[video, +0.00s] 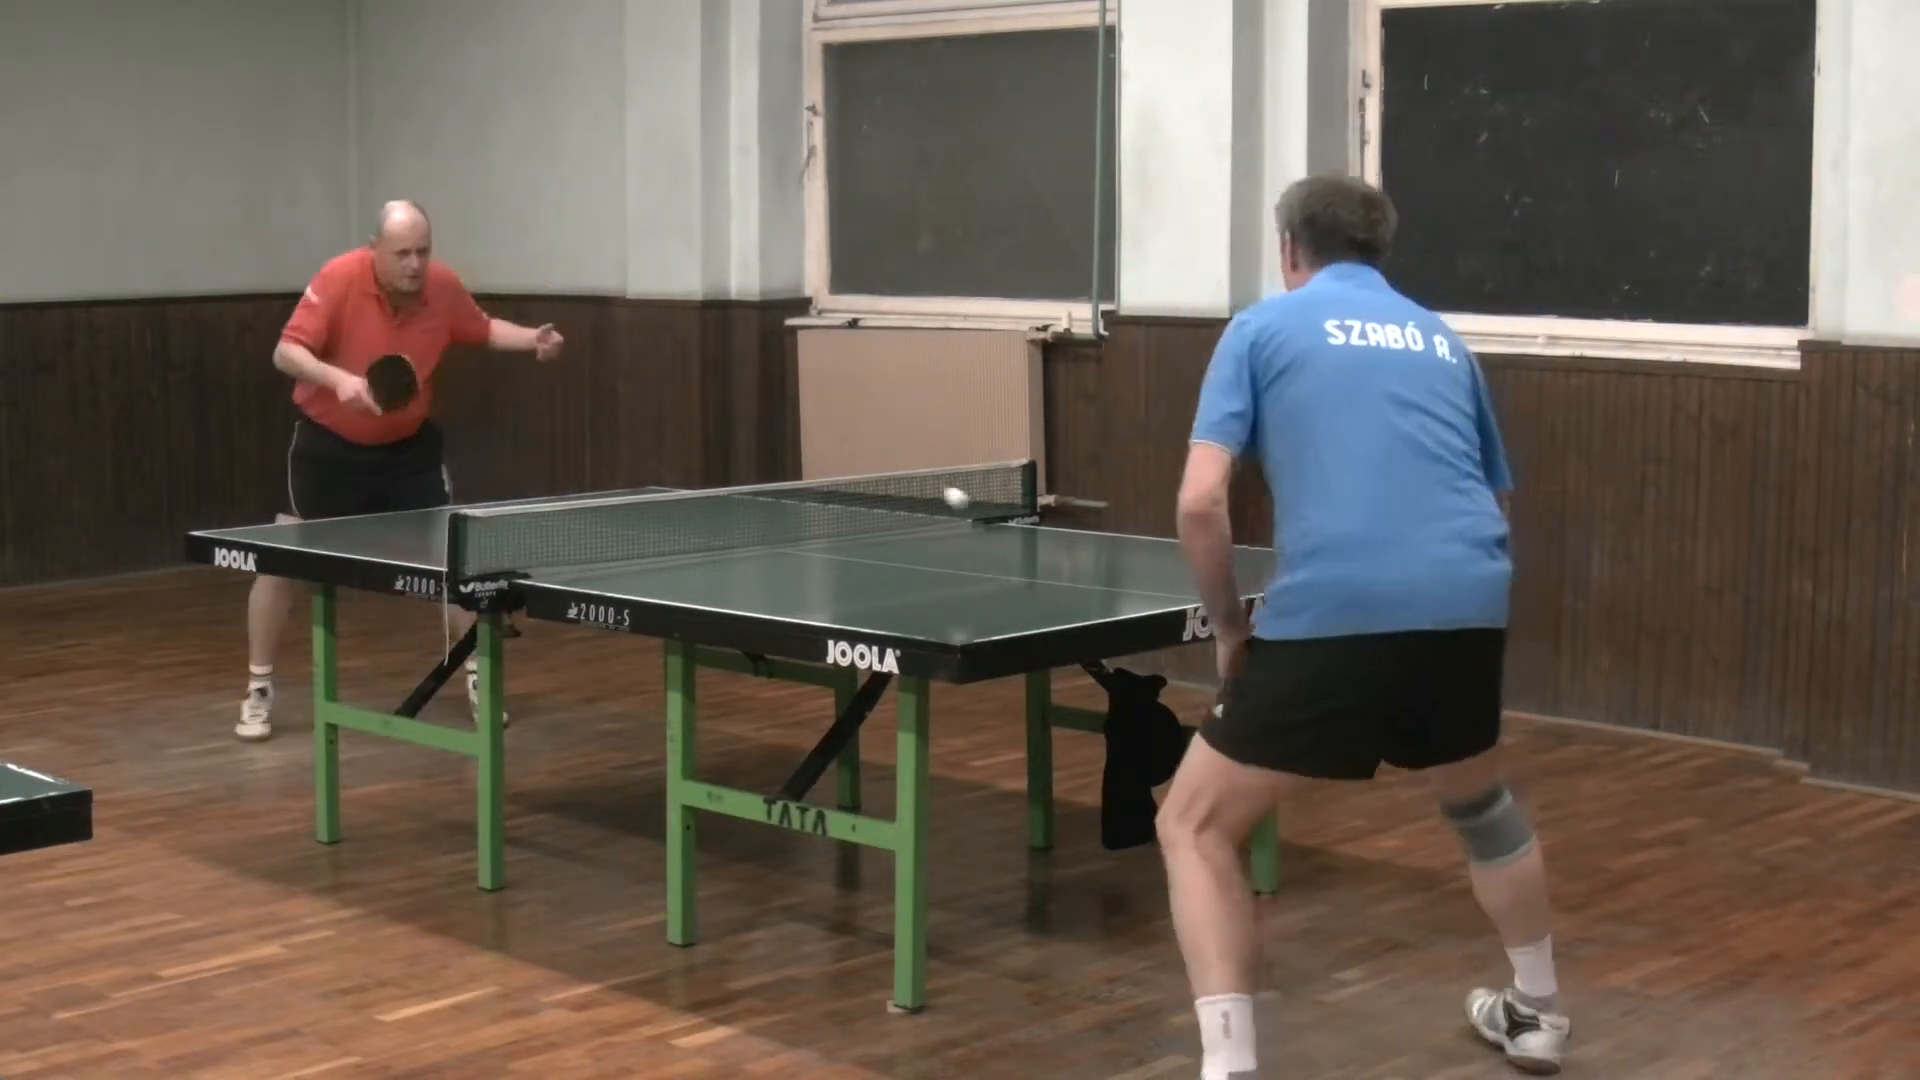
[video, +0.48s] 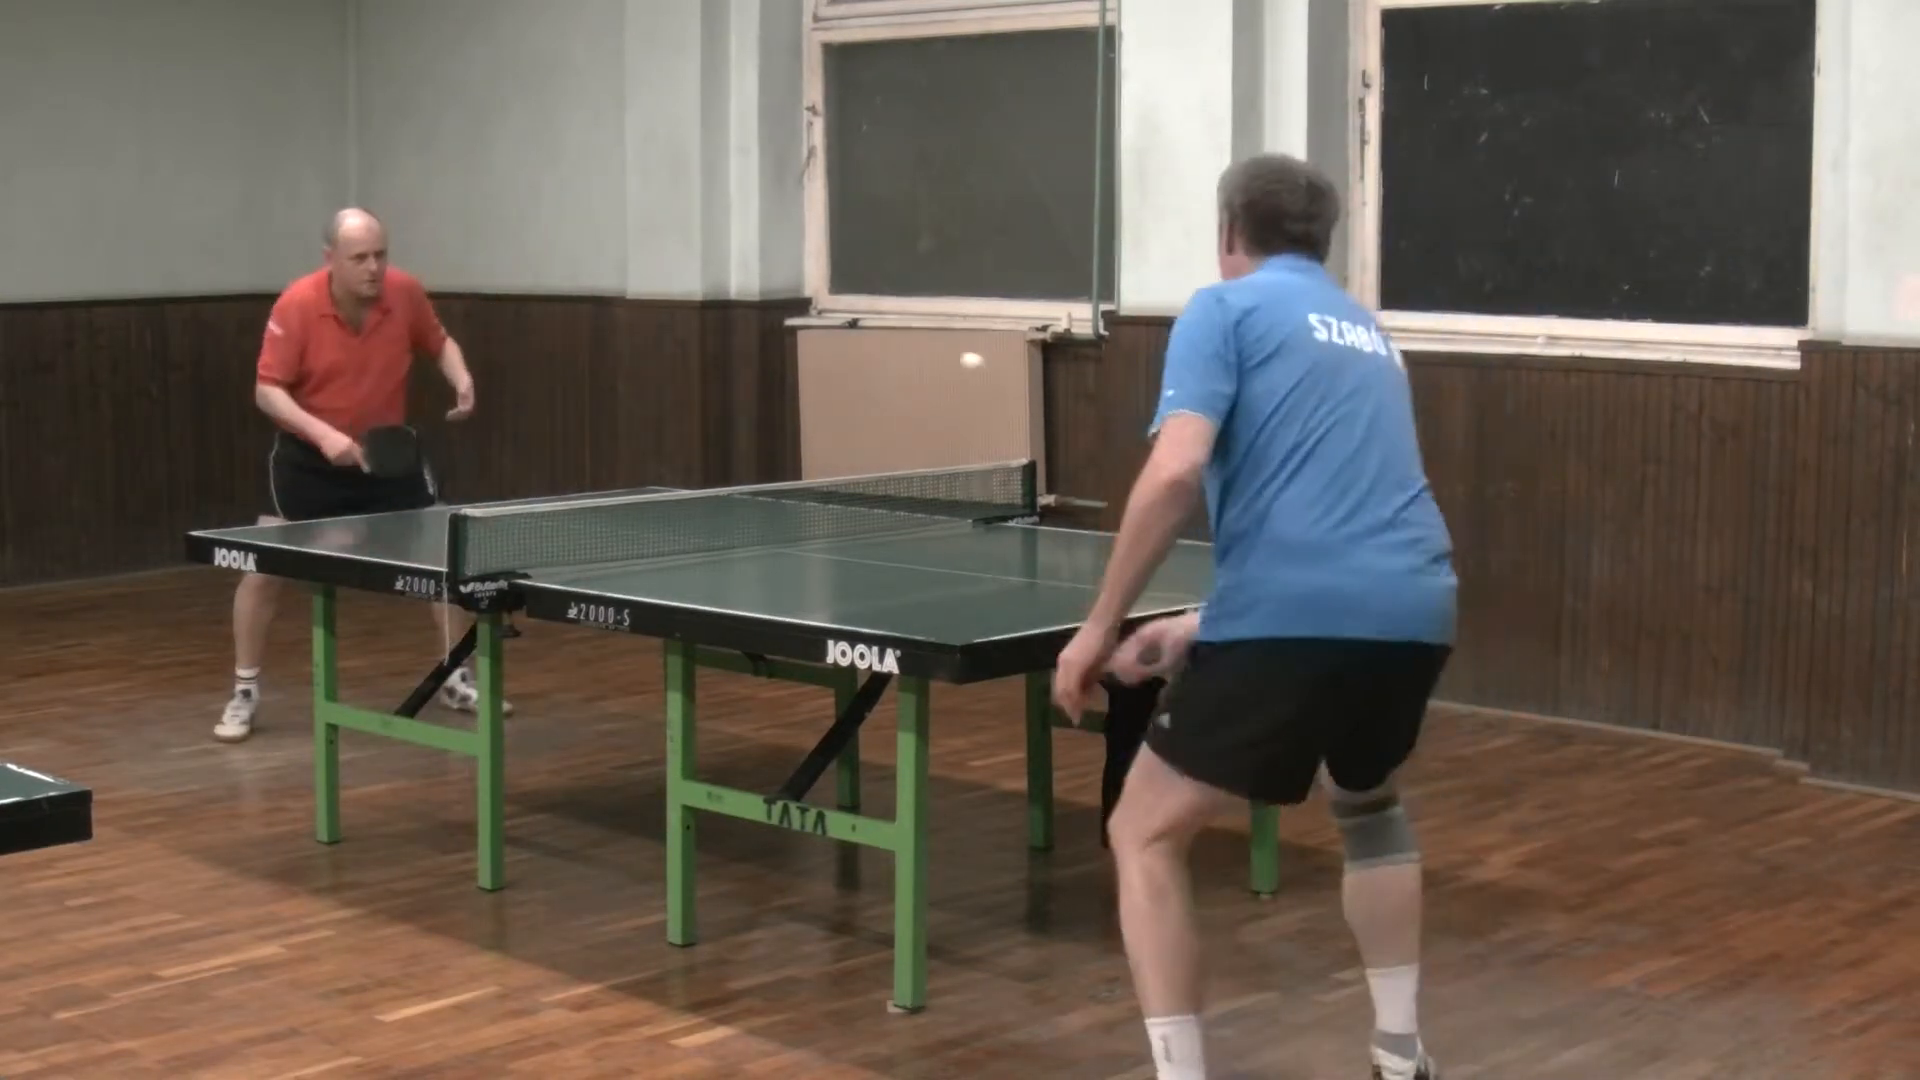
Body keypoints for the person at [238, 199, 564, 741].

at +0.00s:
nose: (414, 264)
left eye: (422, 252)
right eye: (403, 254)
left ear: (431, 248)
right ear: (375, 250)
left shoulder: (444, 287)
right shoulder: (341, 278)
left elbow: (481, 327)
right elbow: (286, 351)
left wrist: (531, 339)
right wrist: (337, 378)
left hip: (411, 447)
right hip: (329, 447)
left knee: (453, 564)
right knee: (283, 560)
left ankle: (479, 683)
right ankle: (259, 688)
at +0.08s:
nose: (400, 263)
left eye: (407, 252)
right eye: (388, 254)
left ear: (414, 248)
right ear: (359, 252)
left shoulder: (427, 287)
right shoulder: (323, 285)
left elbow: (459, 329)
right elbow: (274, 362)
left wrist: (509, 343)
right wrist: (324, 398)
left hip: (398, 449)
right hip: (318, 450)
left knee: (446, 557)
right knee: (276, 561)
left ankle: (475, 685)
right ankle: (248, 690)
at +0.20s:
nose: (382, 261)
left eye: (390, 249)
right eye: (369, 251)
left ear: (397, 247)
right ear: (341, 251)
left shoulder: (413, 287)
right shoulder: (306, 290)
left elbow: (447, 329)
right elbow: (265, 370)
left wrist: (487, 350)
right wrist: (315, 414)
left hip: (393, 446)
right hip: (309, 449)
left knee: (442, 551)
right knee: (273, 561)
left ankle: (458, 673)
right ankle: (248, 689)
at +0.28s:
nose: (376, 260)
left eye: (383, 249)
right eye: (363, 251)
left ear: (391, 246)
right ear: (334, 252)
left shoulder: (409, 287)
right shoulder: (301, 293)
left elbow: (444, 332)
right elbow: (263, 375)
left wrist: (478, 359)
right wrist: (310, 422)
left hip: (393, 448)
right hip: (311, 451)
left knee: (441, 556)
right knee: (268, 559)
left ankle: (460, 674)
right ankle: (245, 689)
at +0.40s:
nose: (372, 264)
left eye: (379, 253)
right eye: (359, 255)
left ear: (386, 250)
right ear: (329, 256)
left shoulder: (405, 290)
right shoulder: (298, 300)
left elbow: (442, 338)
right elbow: (264, 385)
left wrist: (468, 373)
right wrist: (314, 430)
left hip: (394, 452)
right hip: (311, 455)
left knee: (445, 556)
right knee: (267, 562)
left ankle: (460, 675)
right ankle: (244, 690)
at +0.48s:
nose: (373, 267)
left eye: (380, 256)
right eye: (360, 258)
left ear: (387, 253)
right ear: (331, 259)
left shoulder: (405, 293)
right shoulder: (298, 304)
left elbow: (439, 343)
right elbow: (268, 391)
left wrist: (462, 380)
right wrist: (322, 434)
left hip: (392, 456)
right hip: (310, 460)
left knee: (446, 555)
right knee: (266, 563)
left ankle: (460, 675)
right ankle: (244, 690)